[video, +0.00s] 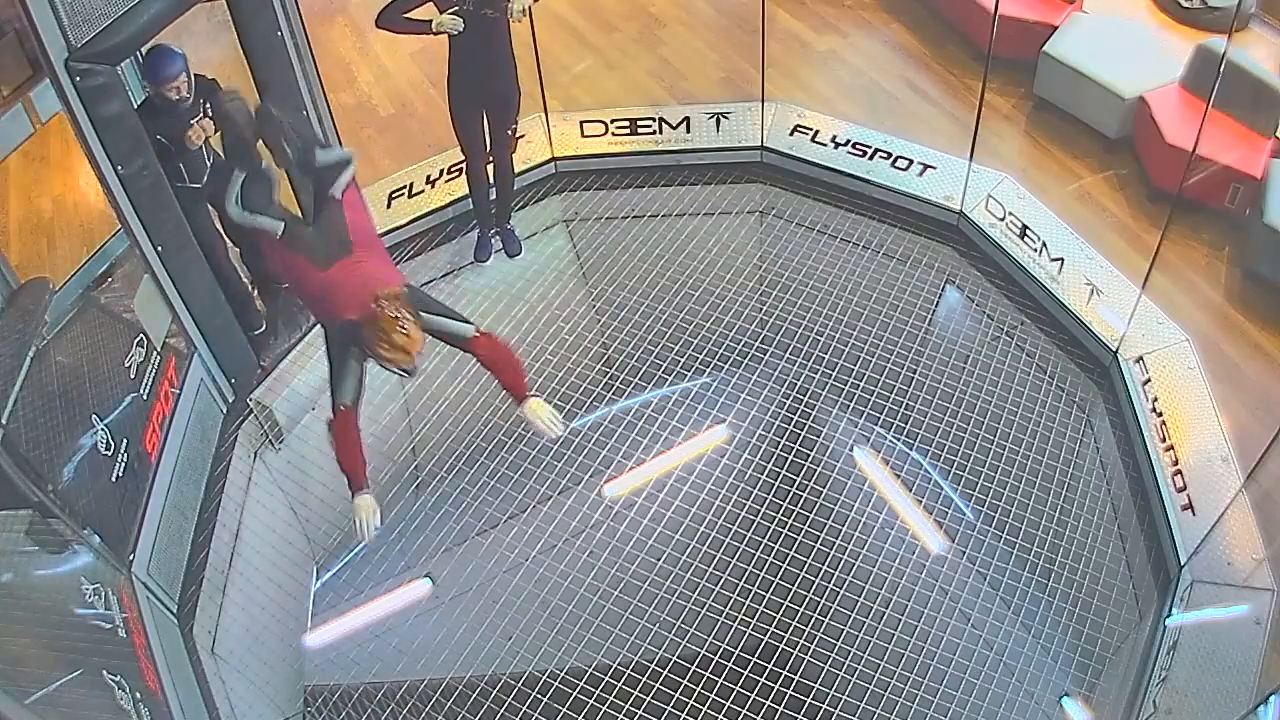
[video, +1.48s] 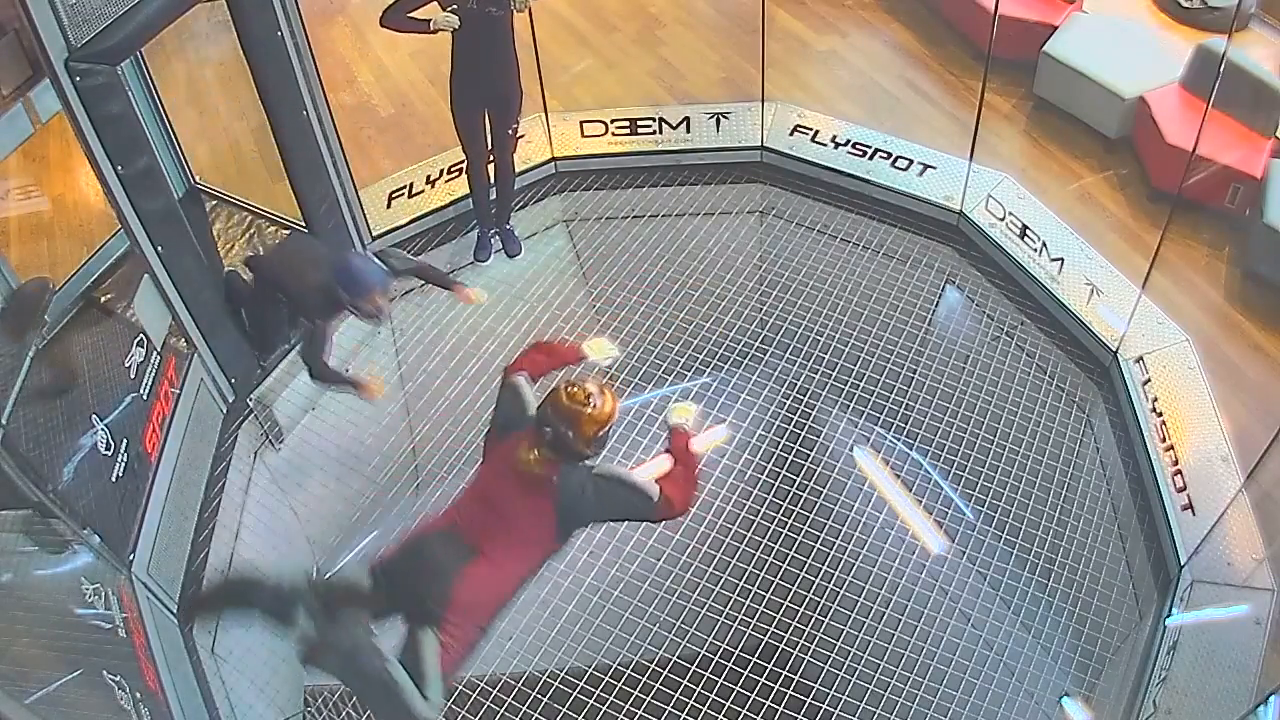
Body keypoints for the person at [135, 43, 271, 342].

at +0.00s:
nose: (181, 91)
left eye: (183, 81)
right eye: (172, 89)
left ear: (188, 72)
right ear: (152, 88)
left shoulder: (205, 87)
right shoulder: (144, 118)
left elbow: (227, 113)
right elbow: (155, 165)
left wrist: (212, 125)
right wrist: (184, 147)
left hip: (215, 172)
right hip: (183, 192)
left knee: (244, 230)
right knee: (215, 255)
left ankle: (268, 282)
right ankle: (248, 318)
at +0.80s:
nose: (217, 119)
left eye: (219, 109)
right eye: (207, 115)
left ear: (227, 95)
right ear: (190, 113)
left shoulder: (245, 114)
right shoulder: (180, 148)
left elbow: (257, 134)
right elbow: (192, 198)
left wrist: (253, 154)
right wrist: (227, 186)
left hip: (244, 189)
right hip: (207, 209)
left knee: (272, 237)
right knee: (235, 262)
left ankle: (270, 290)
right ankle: (247, 313)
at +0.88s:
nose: (230, 134)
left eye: (232, 125)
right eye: (221, 130)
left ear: (240, 113)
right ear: (203, 131)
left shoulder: (251, 128)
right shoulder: (191, 162)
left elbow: (266, 136)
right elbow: (200, 214)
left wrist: (264, 165)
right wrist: (235, 200)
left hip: (251, 198)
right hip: (215, 217)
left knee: (278, 236)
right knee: (237, 264)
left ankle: (278, 283)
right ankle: (249, 305)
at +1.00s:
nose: (251, 164)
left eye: (253, 154)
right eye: (241, 160)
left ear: (260, 144)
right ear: (224, 160)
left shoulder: (275, 157)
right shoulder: (206, 195)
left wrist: (300, 197)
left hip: (269, 226)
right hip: (229, 245)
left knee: (302, 278)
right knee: (252, 290)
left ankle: (334, 344)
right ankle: (255, 322)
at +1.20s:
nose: (298, 218)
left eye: (298, 208)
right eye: (287, 214)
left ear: (303, 197)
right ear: (270, 213)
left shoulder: (309, 197)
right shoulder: (237, 240)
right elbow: (249, 292)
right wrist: (287, 281)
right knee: (271, 310)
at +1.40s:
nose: (356, 281)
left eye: (356, 272)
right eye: (345, 278)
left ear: (356, 254)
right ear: (325, 276)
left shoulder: (348, 245)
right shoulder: (306, 295)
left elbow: (386, 253)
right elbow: (298, 343)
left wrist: (413, 275)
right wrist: (336, 354)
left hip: (280, 236)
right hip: (257, 265)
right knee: (272, 342)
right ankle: (240, 295)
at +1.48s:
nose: (382, 308)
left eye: (383, 297)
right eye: (371, 304)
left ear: (384, 282)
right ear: (349, 300)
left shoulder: (374, 264)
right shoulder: (323, 312)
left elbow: (415, 267)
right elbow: (316, 370)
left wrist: (455, 286)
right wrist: (353, 384)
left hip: (297, 245)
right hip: (270, 272)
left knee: (295, 325)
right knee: (269, 344)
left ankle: (259, 265)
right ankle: (235, 284)